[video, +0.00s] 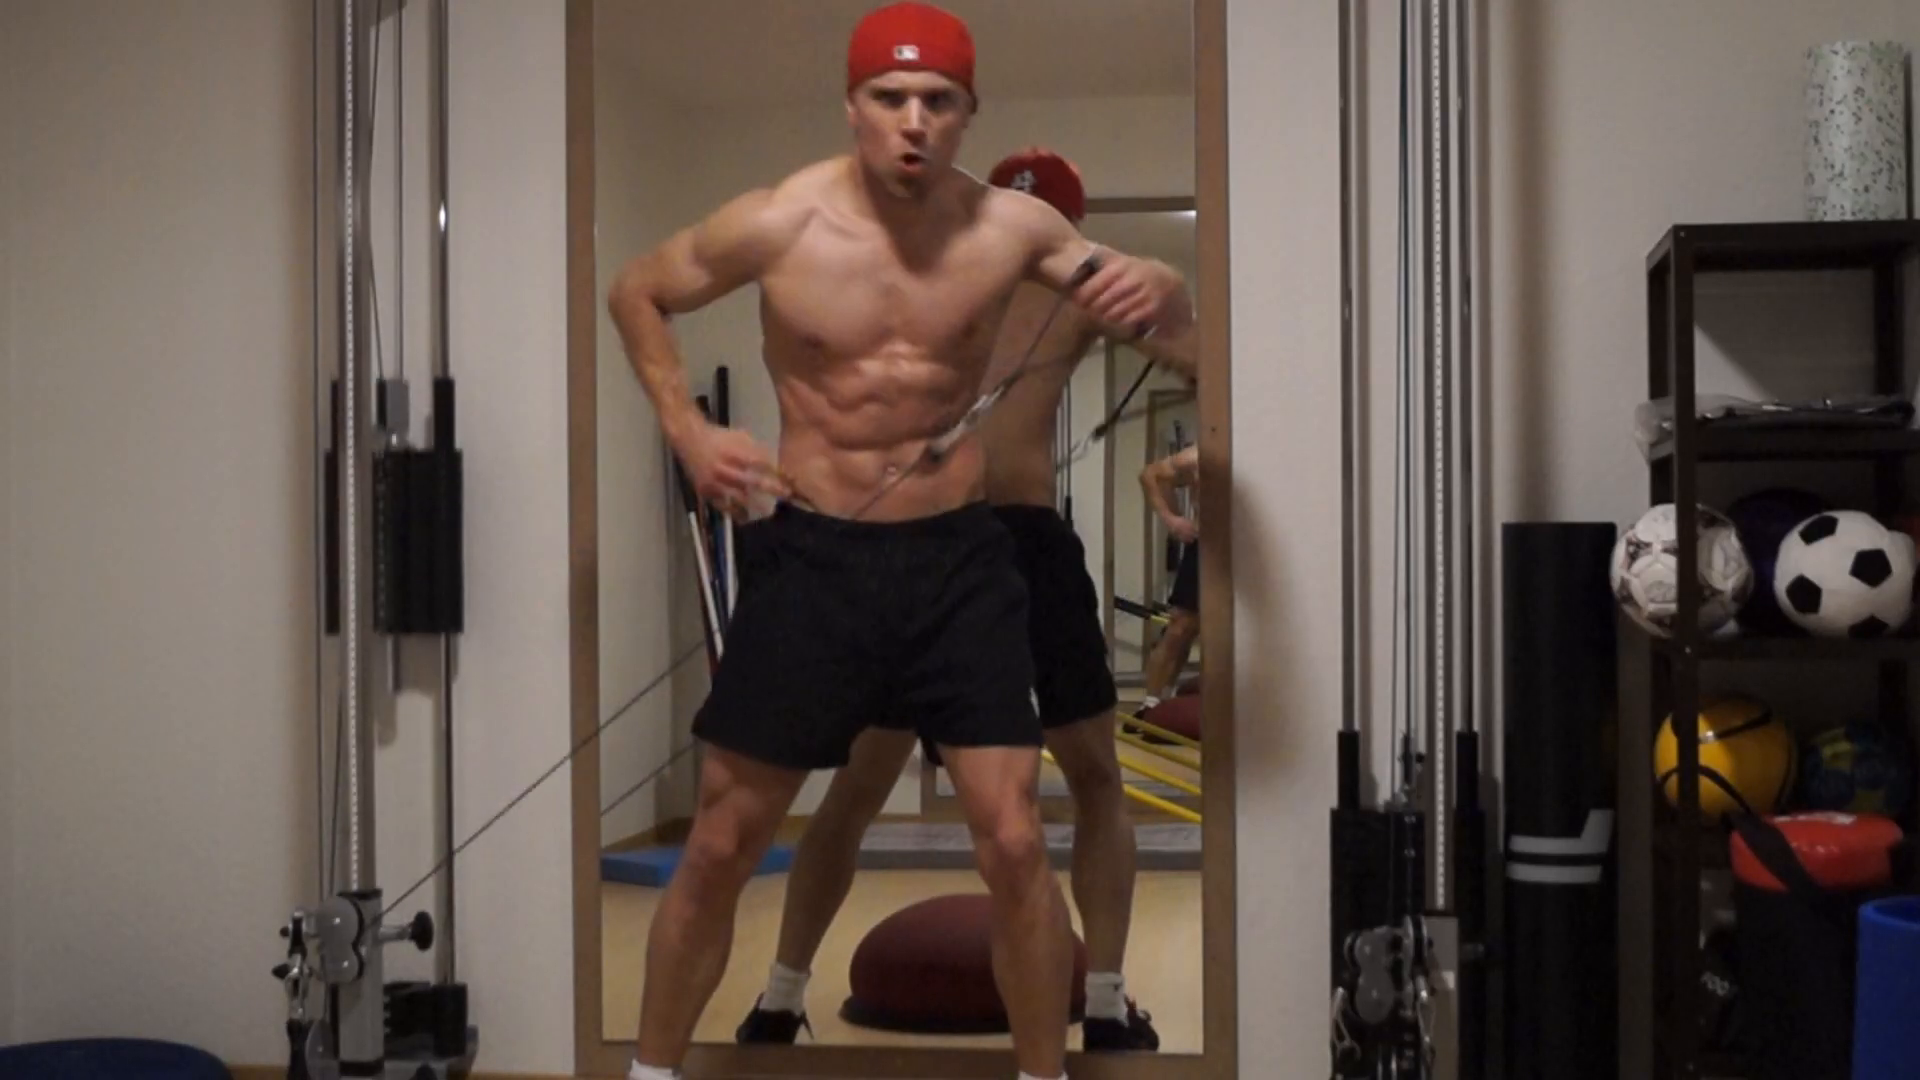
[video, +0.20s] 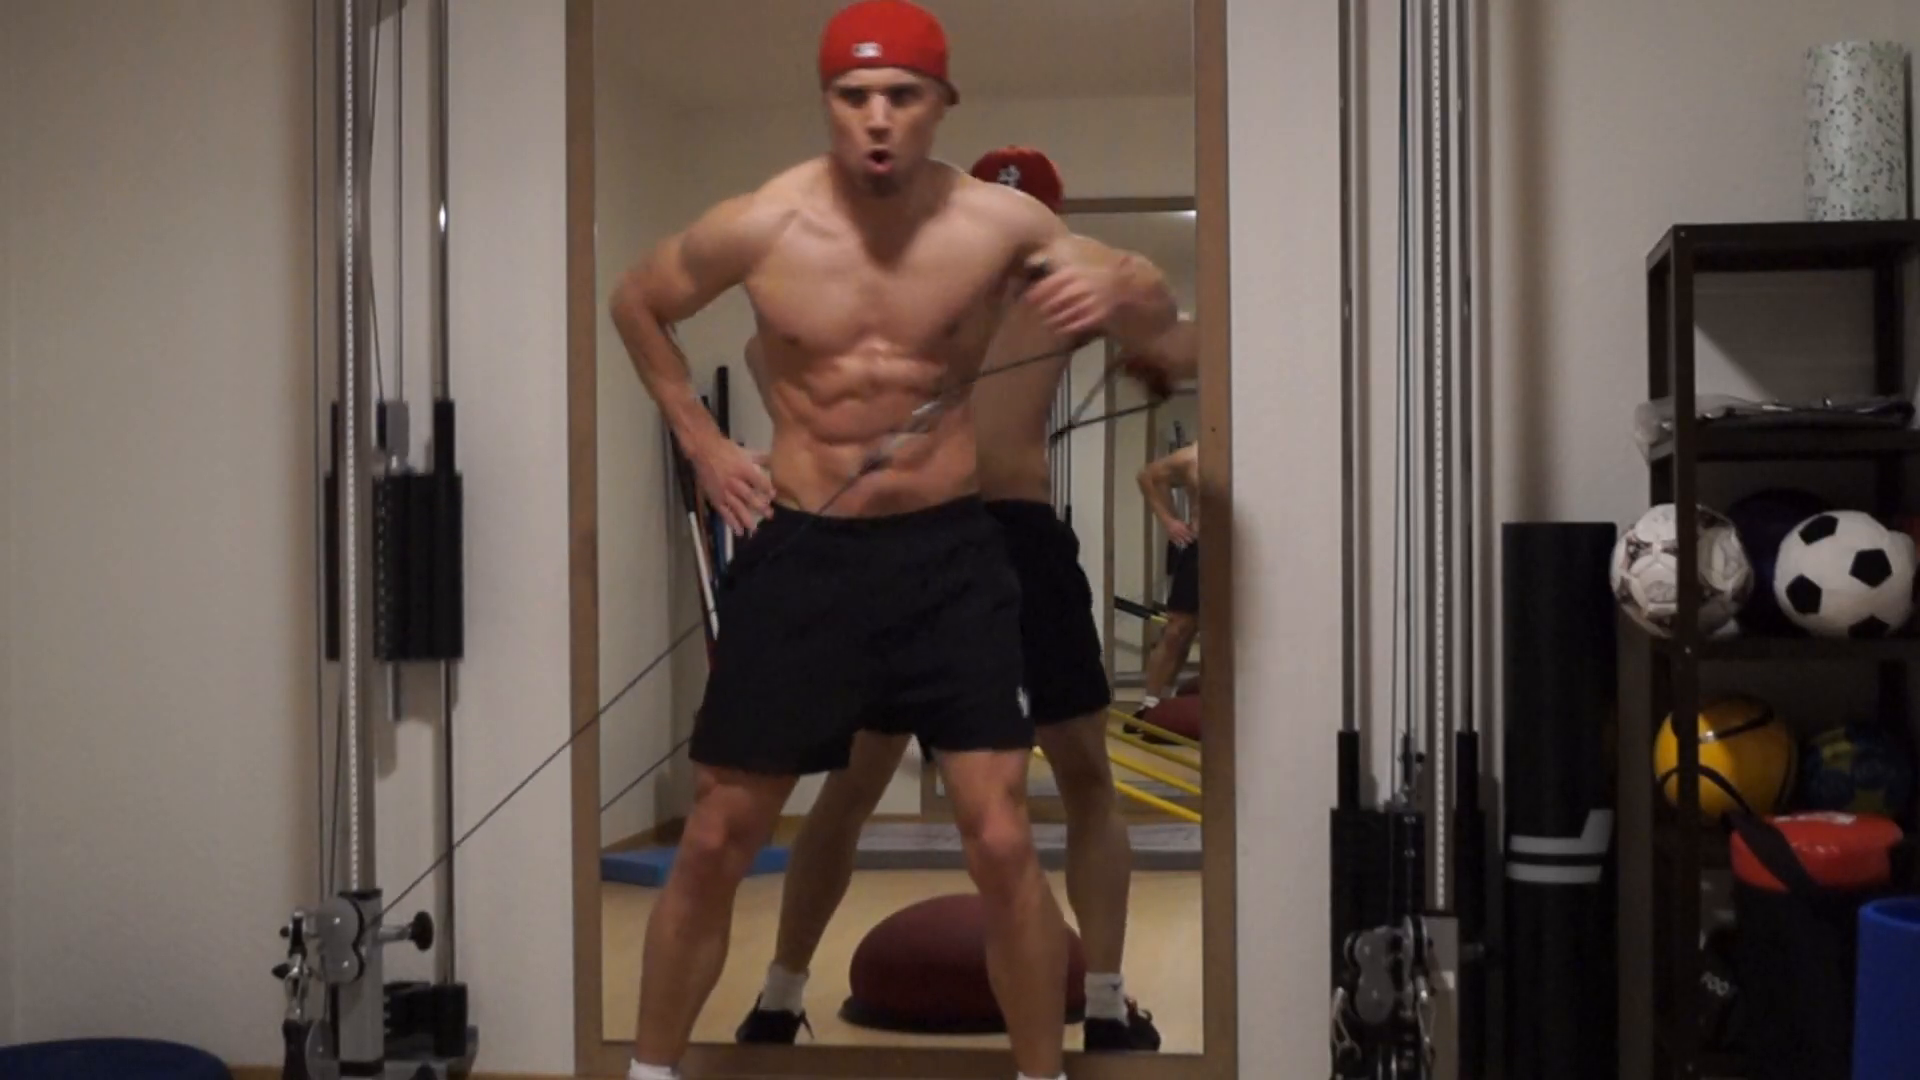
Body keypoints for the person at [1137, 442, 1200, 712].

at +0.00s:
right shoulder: (1208, 456)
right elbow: (1151, 475)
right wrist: (1171, 518)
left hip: (1224, 549)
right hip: (1203, 545)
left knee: (1191, 629)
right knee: (1181, 627)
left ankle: (1166, 695)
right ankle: (1152, 699)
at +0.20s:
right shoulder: (1197, 456)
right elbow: (1148, 476)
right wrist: (1169, 521)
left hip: (1224, 549)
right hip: (1198, 546)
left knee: (1191, 630)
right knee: (1179, 628)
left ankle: (1165, 695)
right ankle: (1151, 700)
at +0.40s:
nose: (1190, 431)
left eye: (1195, 424)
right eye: (1185, 425)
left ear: (1207, 426)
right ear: (1178, 430)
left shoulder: (1217, 463)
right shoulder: (1173, 466)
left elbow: (1229, 502)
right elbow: (1175, 510)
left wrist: (1205, 517)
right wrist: (1183, 525)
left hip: (1218, 549)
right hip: (1189, 547)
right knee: (1171, 623)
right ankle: (1150, 697)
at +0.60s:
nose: (1169, 437)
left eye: (1175, 430)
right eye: (1167, 431)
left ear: (1194, 431)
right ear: (1185, 434)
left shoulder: (1197, 460)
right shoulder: (1194, 459)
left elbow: (1191, 519)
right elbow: (1193, 521)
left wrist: (1150, 540)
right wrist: (1163, 543)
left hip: (1195, 552)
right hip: (1196, 550)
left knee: (1163, 624)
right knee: (1170, 626)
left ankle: (1148, 700)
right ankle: (1159, 697)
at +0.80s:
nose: (1173, 445)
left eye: (1179, 437)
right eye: (1171, 438)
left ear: (1198, 437)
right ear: (1176, 440)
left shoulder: (1198, 470)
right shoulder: (1202, 469)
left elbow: (1173, 522)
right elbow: (1182, 530)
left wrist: (1133, 556)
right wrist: (1149, 557)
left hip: (1199, 556)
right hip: (1195, 555)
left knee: (1164, 623)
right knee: (1167, 624)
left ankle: (1148, 700)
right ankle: (1153, 699)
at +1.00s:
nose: (1208, 427)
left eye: (1213, 421)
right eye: (1203, 420)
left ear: (1223, 425)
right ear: (1197, 423)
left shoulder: (1231, 461)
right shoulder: (1187, 459)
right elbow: (1159, 490)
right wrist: (1178, 528)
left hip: (1221, 549)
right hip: (1194, 546)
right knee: (1178, 628)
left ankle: (1163, 695)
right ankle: (1151, 697)